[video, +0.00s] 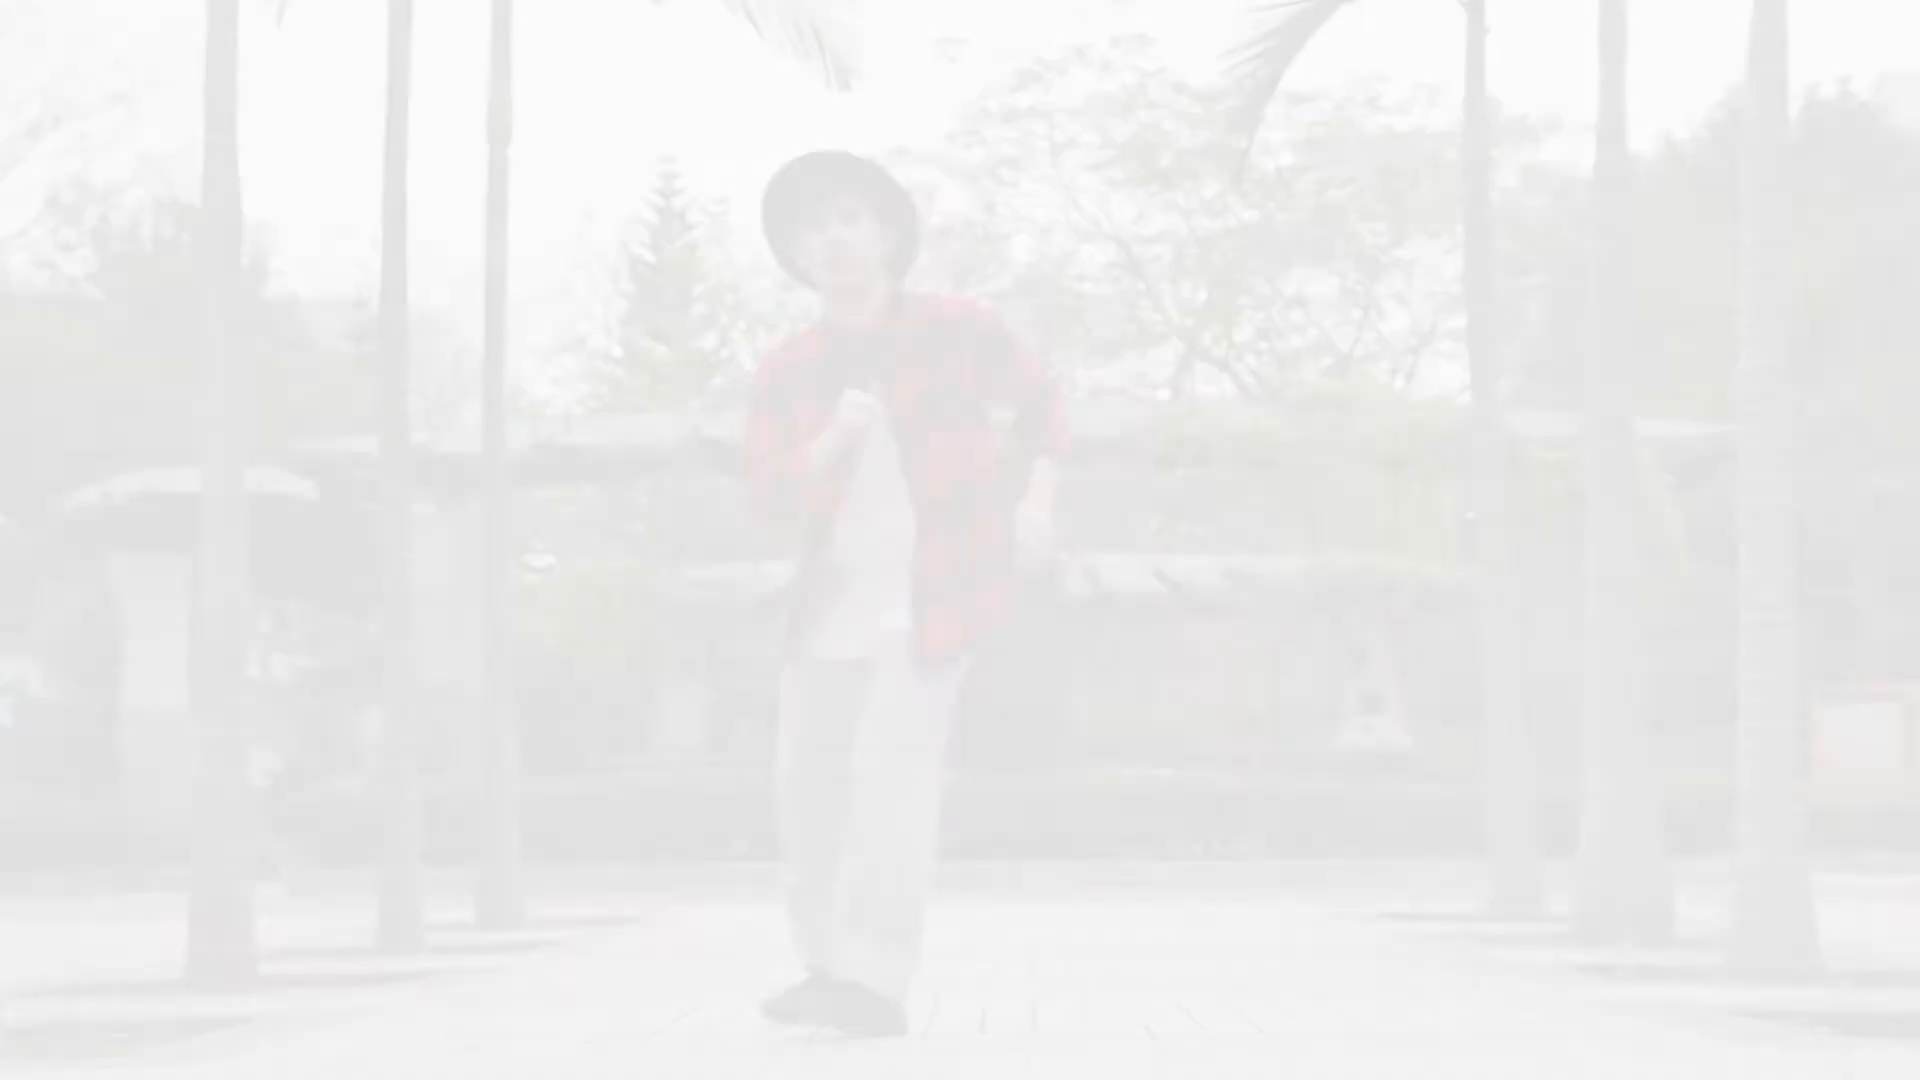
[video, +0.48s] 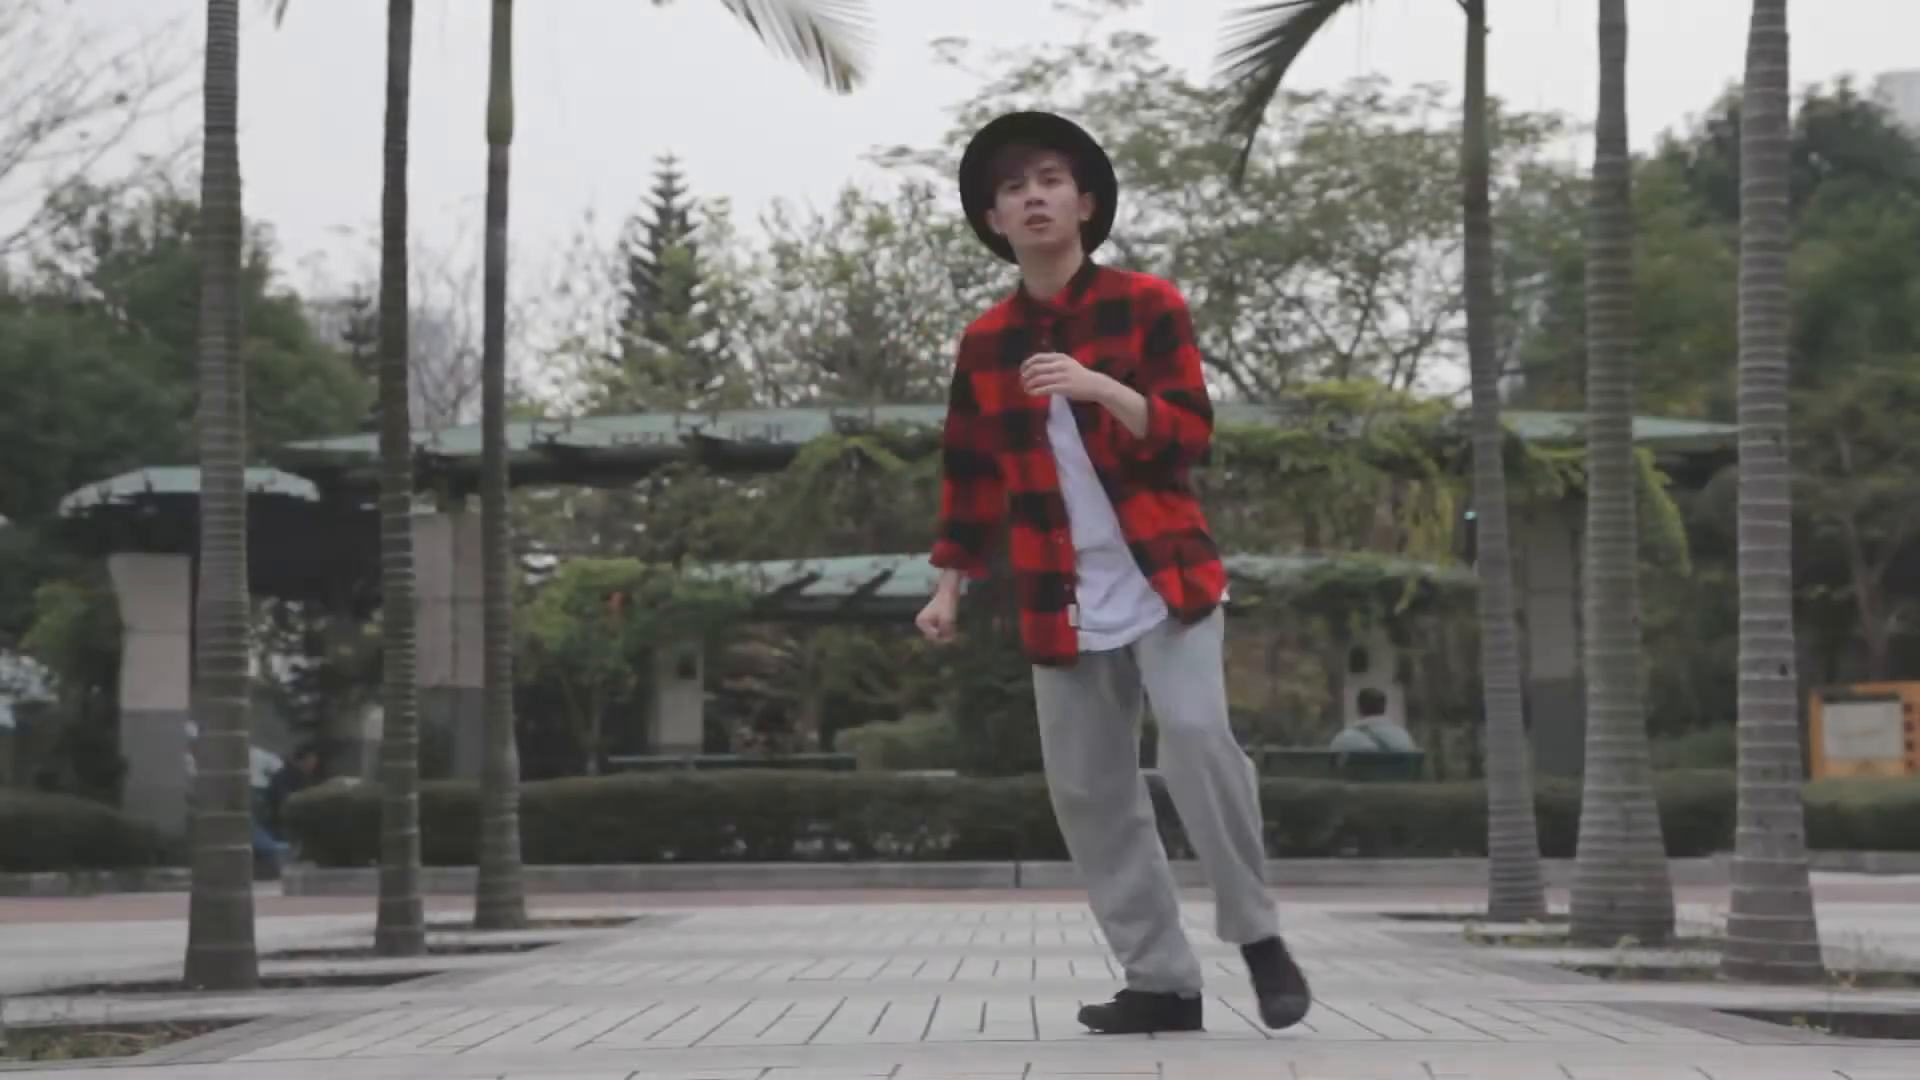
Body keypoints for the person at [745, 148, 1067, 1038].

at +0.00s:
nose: (839, 247)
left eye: (854, 224)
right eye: (817, 233)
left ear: (895, 233)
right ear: (798, 258)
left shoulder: (962, 332)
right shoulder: (790, 368)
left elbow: (1043, 415)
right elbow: (775, 502)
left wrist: (1029, 512)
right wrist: (833, 441)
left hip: (933, 596)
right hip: (831, 599)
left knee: (893, 779)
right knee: (806, 776)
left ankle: (876, 978)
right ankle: (826, 966)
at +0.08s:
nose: (876, 217)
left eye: (893, 196)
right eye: (851, 206)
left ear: (930, 213)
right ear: (831, 237)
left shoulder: (1000, 308)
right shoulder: (821, 349)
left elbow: (1089, 373)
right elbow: (811, 469)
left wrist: (1086, 454)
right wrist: (864, 449)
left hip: (972, 587)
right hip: (870, 596)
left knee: (941, 774)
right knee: (860, 775)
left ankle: (895, 972)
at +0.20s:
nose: (942, 218)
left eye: (959, 200)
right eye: (917, 206)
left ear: (993, 220)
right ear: (890, 239)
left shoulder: (1053, 323)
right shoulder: (875, 355)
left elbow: (1152, 407)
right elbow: (878, 471)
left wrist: (1146, 436)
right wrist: (914, 518)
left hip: (1032, 595)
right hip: (930, 608)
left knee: (999, 796)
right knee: (995, 806)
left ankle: (910, 979)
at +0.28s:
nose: (978, 226)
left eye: (993, 207)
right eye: (953, 216)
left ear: (1028, 227)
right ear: (929, 251)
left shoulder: (1093, 336)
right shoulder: (914, 369)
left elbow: (1168, 454)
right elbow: (919, 500)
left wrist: (1133, 444)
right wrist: (937, 599)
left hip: (1076, 602)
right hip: (974, 616)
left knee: (1040, 767)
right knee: (1040, 806)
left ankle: (951, 958)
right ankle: (1154, 974)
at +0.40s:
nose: (1016, 211)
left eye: (1032, 193)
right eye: (994, 202)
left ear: (1069, 215)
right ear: (973, 238)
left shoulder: (1136, 322)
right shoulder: (964, 360)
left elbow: (1178, 452)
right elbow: (949, 494)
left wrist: (1103, 398)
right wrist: (941, 606)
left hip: (1130, 588)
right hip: (1026, 606)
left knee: (1129, 727)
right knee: (1063, 796)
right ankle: (1167, 982)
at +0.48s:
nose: (1035, 197)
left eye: (1052, 180)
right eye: (1012, 186)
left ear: (1087, 201)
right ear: (991, 220)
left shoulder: (1149, 305)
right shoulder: (984, 341)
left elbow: (1190, 436)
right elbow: (971, 477)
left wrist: (1101, 390)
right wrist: (950, 580)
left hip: (1164, 573)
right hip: (1060, 593)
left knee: (1196, 736)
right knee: (1089, 791)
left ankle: (1257, 935)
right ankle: (1162, 983)